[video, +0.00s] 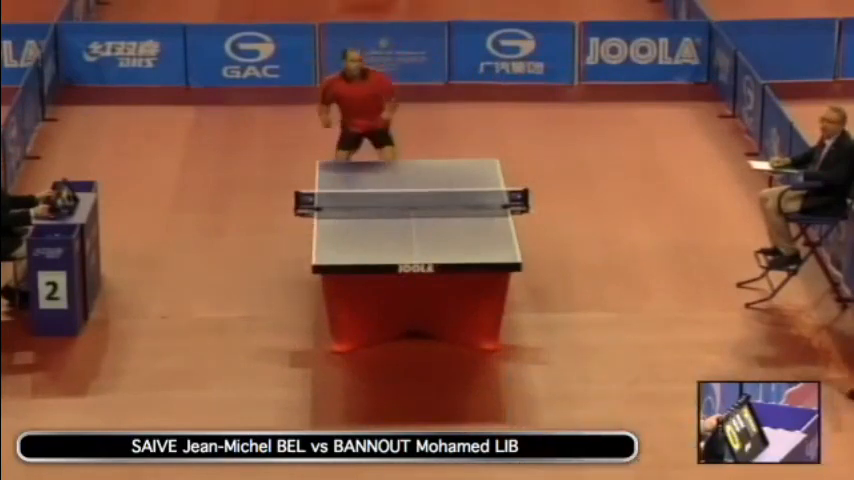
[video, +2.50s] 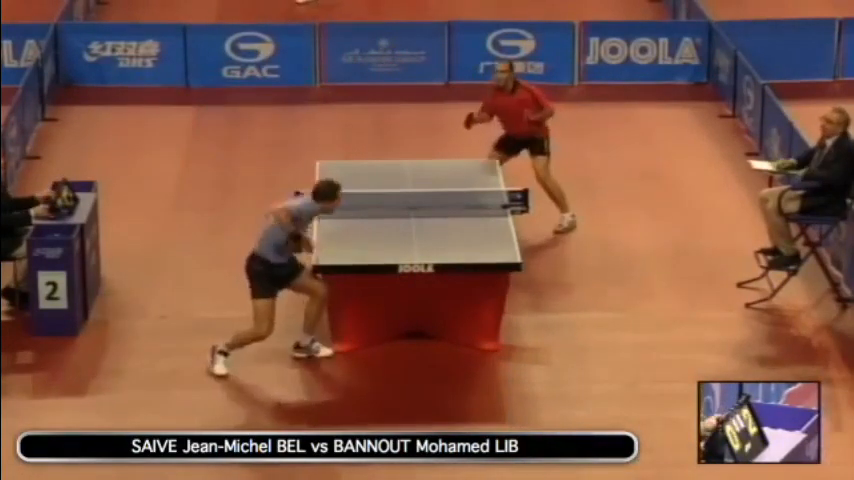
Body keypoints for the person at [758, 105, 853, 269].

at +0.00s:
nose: (823, 125)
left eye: (828, 122)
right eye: (822, 120)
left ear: (840, 126)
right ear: (820, 121)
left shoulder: (846, 147)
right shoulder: (826, 141)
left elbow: (836, 178)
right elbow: (808, 157)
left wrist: (803, 175)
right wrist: (787, 163)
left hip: (829, 199)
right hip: (814, 191)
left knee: (773, 204)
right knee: (765, 197)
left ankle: (790, 253)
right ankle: (780, 247)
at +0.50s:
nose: (821, 123)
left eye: (827, 119)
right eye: (821, 118)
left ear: (839, 125)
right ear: (820, 119)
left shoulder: (846, 147)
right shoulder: (827, 140)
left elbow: (837, 177)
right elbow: (809, 157)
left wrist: (804, 175)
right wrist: (787, 163)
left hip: (829, 199)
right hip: (815, 191)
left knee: (773, 205)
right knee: (765, 197)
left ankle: (790, 254)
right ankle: (780, 247)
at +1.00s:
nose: (819, 123)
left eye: (824, 120)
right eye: (820, 119)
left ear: (837, 124)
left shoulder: (846, 147)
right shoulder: (826, 141)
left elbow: (836, 178)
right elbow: (808, 157)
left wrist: (803, 175)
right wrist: (787, 162)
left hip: (830, 199)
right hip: (815, 191)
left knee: (773, 204)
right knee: (765, 197)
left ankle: (790, 254)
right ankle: (780, 247)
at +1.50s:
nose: (820, 123)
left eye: (825, 120)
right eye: (820, 119)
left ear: (838, 125)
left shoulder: (846, 147)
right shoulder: (826, 141)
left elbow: (836, 178)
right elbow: (808, 158)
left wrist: (803, 174)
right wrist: (787, 161)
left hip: (829, 199)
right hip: (816, 191)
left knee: (773, 204)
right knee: (765, 197)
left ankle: (790, 254)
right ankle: (780, 247)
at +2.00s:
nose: (822, 124)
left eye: (829, 121)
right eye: (824, 120)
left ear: (840, 128)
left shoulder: (846, 148)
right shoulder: (826, 142)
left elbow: (834, 178)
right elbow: (804, 160)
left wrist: (803, 176)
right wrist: (786, 165)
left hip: (828, 199)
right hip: (813, 191)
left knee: (774, 206)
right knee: (765, 197)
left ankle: (790, 254)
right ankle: (780, 246)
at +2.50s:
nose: (822, 124)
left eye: (829, 122)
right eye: (823, 120)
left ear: (840, 128)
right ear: (823, 120)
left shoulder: (846, 148)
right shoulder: (826, 141)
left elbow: (833, 178)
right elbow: (806, 159)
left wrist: (802, 177)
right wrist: (789, 164)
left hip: (829, 199)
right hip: (813, 191)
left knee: (774, 206)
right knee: (765, 197)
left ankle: (790, 254)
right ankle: (780, 247)